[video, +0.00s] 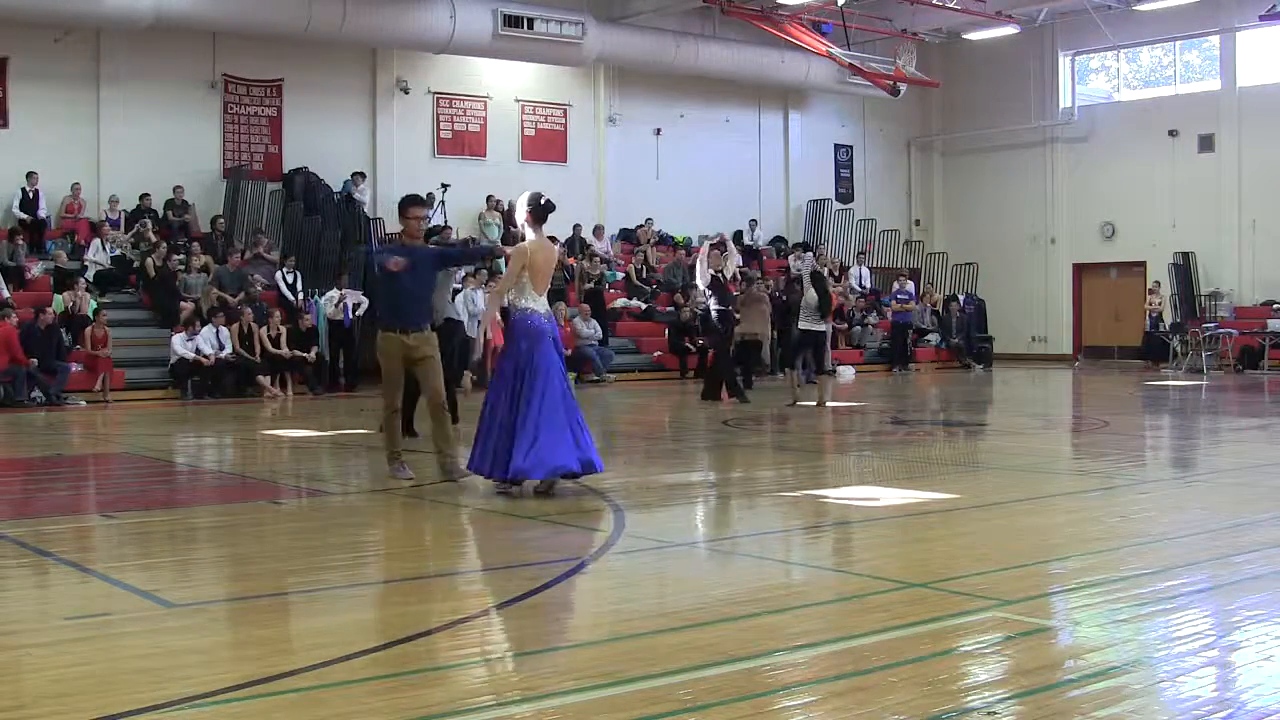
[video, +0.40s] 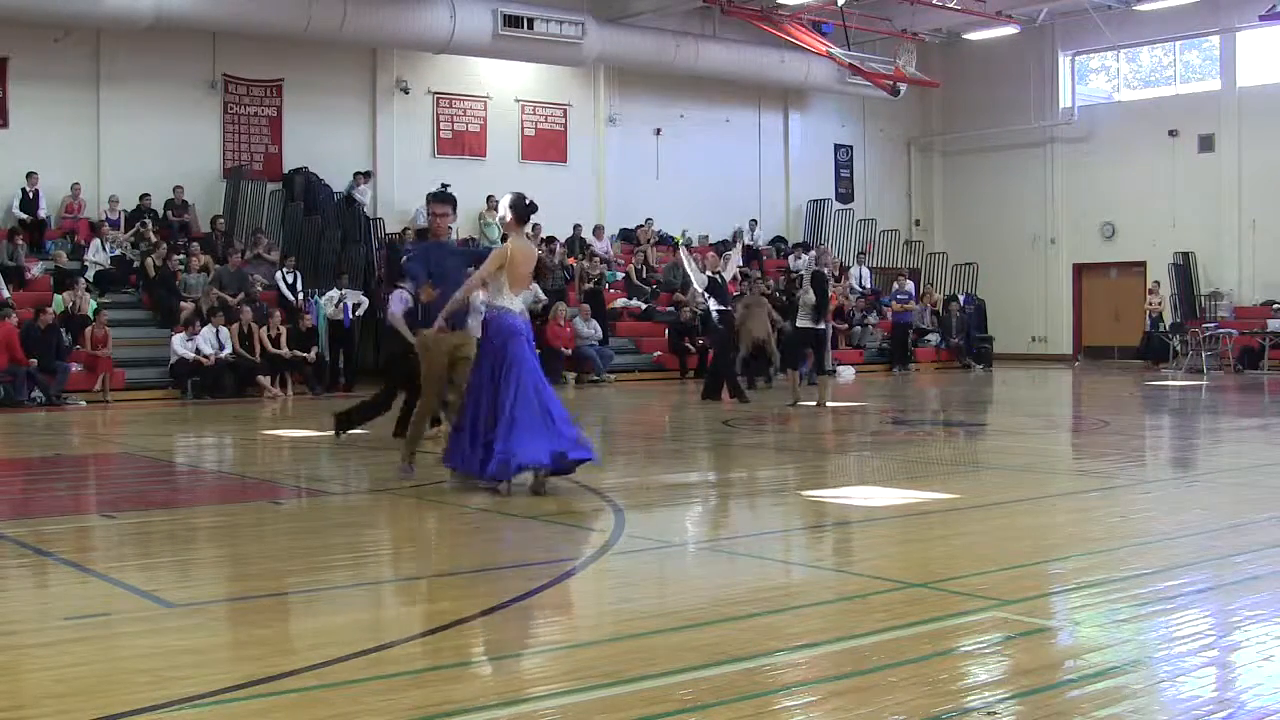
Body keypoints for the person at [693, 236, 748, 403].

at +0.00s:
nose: (718, 258)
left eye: (719, 255)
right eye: (715, 256)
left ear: (722, 258)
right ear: (708, 260)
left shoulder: (724, 275)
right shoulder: (706, 278)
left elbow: (733, 258)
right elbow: (701, 261)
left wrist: (727, 240)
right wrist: (707, 244)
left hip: (728, 314)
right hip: (715, 313)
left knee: (722, 352)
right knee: (723, 352)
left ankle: (710, 392)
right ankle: (737, 392)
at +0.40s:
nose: (714, 260)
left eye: (715, 257)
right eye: (710, 258)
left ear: (719, 261)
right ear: (706, 262)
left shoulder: (723, 276)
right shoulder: (704, 280)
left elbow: (732, 263)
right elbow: (693, 271)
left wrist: (738, 247)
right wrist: (684, 254)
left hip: (728, 315)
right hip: (716, 316)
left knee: (722, 354)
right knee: (725, 353)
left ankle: (711, 392)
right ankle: (737, 392)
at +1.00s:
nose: (728, 263)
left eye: (729, 260)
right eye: (724, 259)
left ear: (730, 262)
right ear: (716, 261)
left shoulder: (727, 281)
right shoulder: (709, 278)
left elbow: (742, 290)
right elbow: (690, 283)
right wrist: (675, 287)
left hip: (728, 322)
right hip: (717, 322)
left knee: (721, 357)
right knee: (728, 356)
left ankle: (711, 392)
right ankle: (738, 392)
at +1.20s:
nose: (731, 263)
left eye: (732, 261)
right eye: (728, 260)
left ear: (730, 262)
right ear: (719, 260)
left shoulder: (726, 278)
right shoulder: (712, 278)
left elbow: (730, 298)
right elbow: (695, 299)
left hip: (728, 324)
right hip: (719, 325)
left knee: (719, 359)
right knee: (729, 359)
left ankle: (710, 391)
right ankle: (738, 392)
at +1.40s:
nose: (737, 264)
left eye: (737, 261)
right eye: (735, 261)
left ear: (730, 261)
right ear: (726, 260)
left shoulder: (729, 278)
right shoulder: (720, 278)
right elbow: (716, 304)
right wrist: (722, 326)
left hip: (728, 326)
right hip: (722, 327)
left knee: (718, 360)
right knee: (733, 360)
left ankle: (709, 392)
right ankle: (733, 394)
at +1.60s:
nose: (744, 265)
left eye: (744, 262)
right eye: (741, 262)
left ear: (732, 263)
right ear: (731, 262)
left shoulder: (729, 279)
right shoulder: (727, 280)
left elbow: (731, 305)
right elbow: (732, 304)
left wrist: (737, 327)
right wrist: (737, 327)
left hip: (725, 321)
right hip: (725, 322)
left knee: (725, 357)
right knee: (732, 357)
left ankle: (711, 390)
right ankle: (733, 394)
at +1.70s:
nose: (746, 266)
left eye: (746, 263)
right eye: (743, 262)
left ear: (736, 264)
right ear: (734, 263)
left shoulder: (731, 280)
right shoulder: (729, 281)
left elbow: (738, 304)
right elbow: (739, 304)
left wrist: (745, 325)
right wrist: (749, 325)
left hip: (729, 323)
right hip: (729, 324)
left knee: (729, 357)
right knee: (733, 357)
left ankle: (726, 389)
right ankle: (732, 392)